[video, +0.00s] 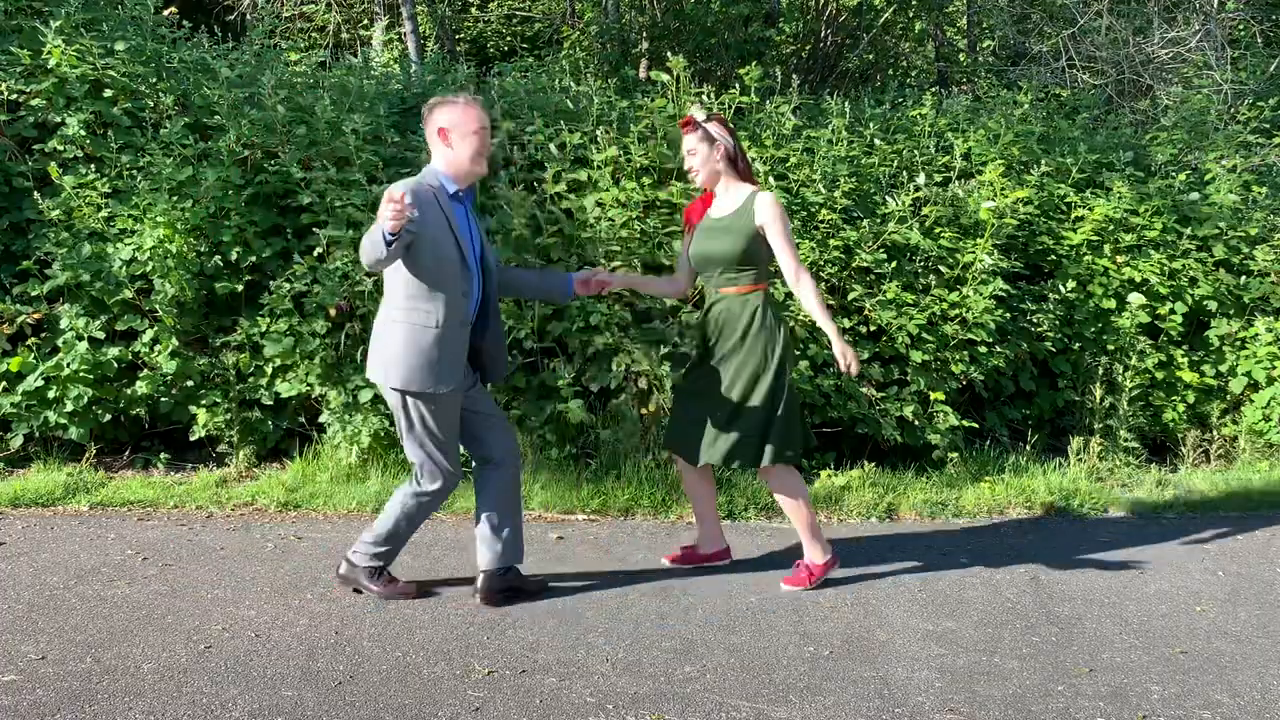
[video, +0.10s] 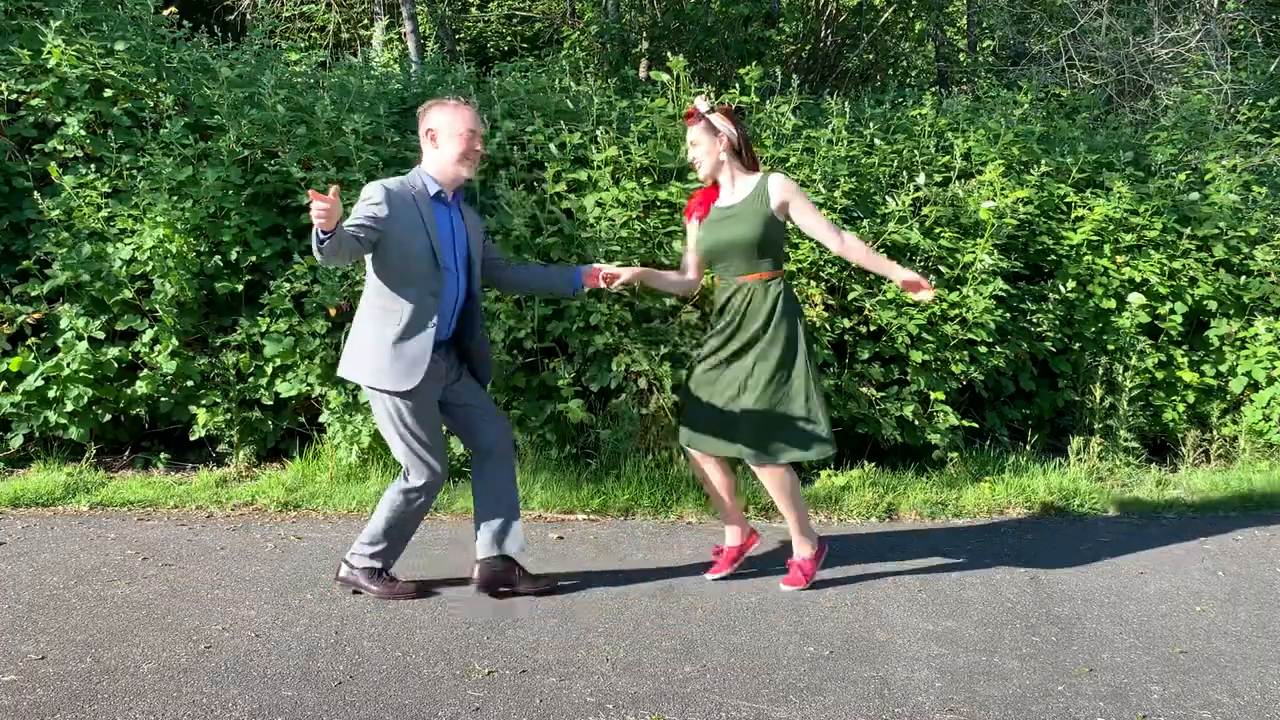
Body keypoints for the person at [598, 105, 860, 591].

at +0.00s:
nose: (687, 165)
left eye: (693, 154)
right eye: (684, 157)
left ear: (721, 150)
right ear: (695, 159)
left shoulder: (761, 202)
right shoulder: (698, 213)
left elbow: (797, 275)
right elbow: (679, 285)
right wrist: (619, 279)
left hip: (756, 332)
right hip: (714, 335)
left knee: (767, 452)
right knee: (686, 439)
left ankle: (817, 551)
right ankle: (711, 542)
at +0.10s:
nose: (689, 154)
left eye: (695, 143)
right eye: (688, 145)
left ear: (724, 140)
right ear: (707, 145)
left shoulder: (774, 187)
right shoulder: (700, 207)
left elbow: (837, 239)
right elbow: (687, 280)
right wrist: (638, 273)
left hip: (769, 315)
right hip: (726, 320)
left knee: (757, 440)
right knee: (698, 433)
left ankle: (805, 545)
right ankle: (737, 529)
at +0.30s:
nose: (696, 163)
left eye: (701, 151)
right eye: (693, 154)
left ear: (732, 144)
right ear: (713, 153)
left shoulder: (785, 188)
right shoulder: (706, 217)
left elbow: (870, 176)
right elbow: (691, 293)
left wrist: (933, 135)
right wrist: (637, 284)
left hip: (783, 330)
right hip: (729, 335)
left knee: (758, 452)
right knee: (734, 456)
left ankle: (713, 572)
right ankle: (757, 548)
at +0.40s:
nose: (696, 169)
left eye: (702, 156)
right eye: (694, 160)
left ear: (733, 149)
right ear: (715, 160)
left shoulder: (785, 191)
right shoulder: (708, 223)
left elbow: (862, 157)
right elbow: (689, 296)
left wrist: (901, 92)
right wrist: (628, 286)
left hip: (782, 333)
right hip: (726, 337)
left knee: (746, 454)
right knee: (730, 454)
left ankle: (702, 584)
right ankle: (757, 547)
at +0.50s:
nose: (695, 162)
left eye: (701, 151)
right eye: (693, 155)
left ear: (732, 146)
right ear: (718, 153)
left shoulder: (779, 185)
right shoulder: (707, 224)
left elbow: (843, 137)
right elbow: (682, 294)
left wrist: (863, 62)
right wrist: (623, 277)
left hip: (782, 327)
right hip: (730, 334)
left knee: (745, 461)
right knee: (723, 454)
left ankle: (701, 589)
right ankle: (757, 539)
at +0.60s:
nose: (696, 161)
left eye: (703, 149)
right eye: (690, 154)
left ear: (732, 144)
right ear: (697, 161)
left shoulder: (767, 185)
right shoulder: (707, 224)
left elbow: (817, 123)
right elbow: (672, 292)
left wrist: (827, 37)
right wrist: (608, 269)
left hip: (776, 323)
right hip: (731, 332)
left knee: (732, 451)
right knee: (691, 452)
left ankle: (711, 589)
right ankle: (749, 539)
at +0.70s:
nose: (693, 167)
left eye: (699, 155)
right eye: (687, 160)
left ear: (730, 149)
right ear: (694, 167)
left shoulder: (757, 190)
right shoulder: (704, 229)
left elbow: (795, 127)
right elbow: (667, 296)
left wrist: (796, 45)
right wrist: (602, 273)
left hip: (764, 328)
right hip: (730, 337)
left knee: (701, 448)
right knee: (672, 442)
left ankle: (722, 586)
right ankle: (722, 560)